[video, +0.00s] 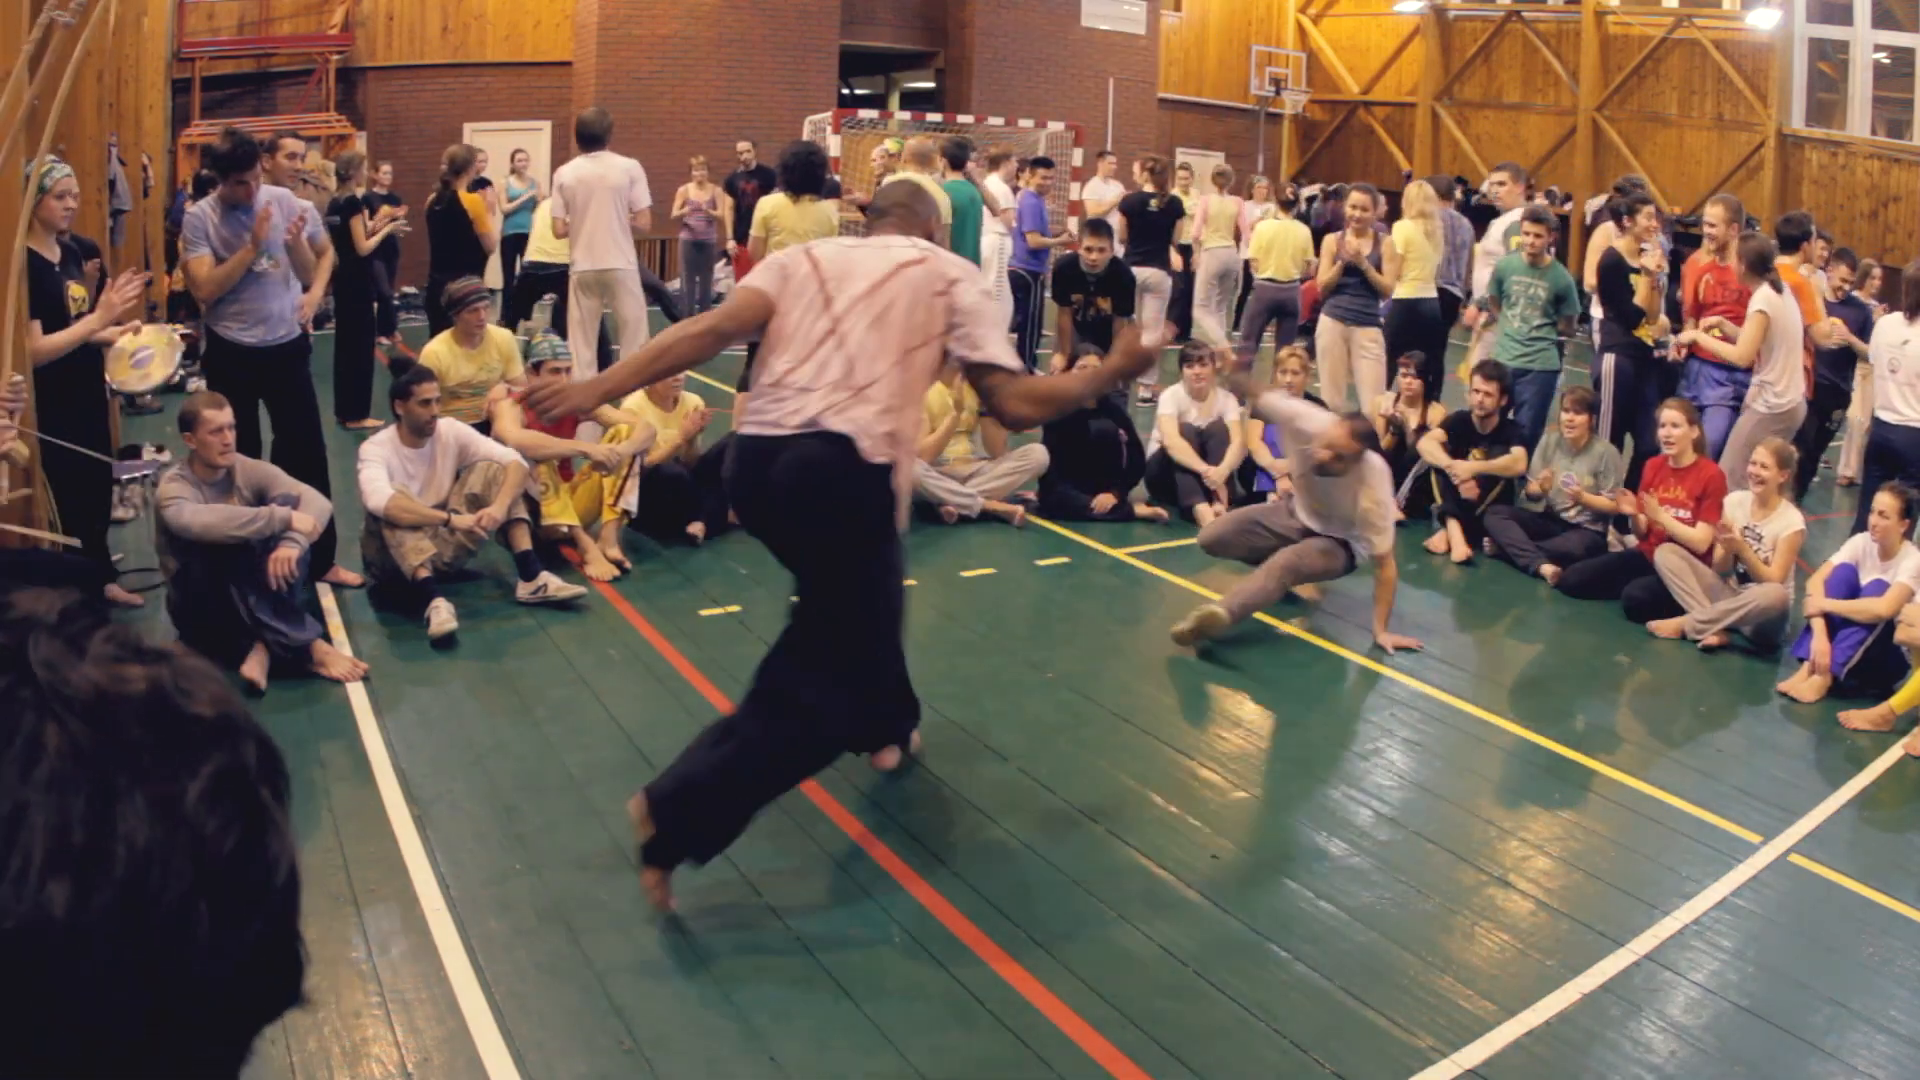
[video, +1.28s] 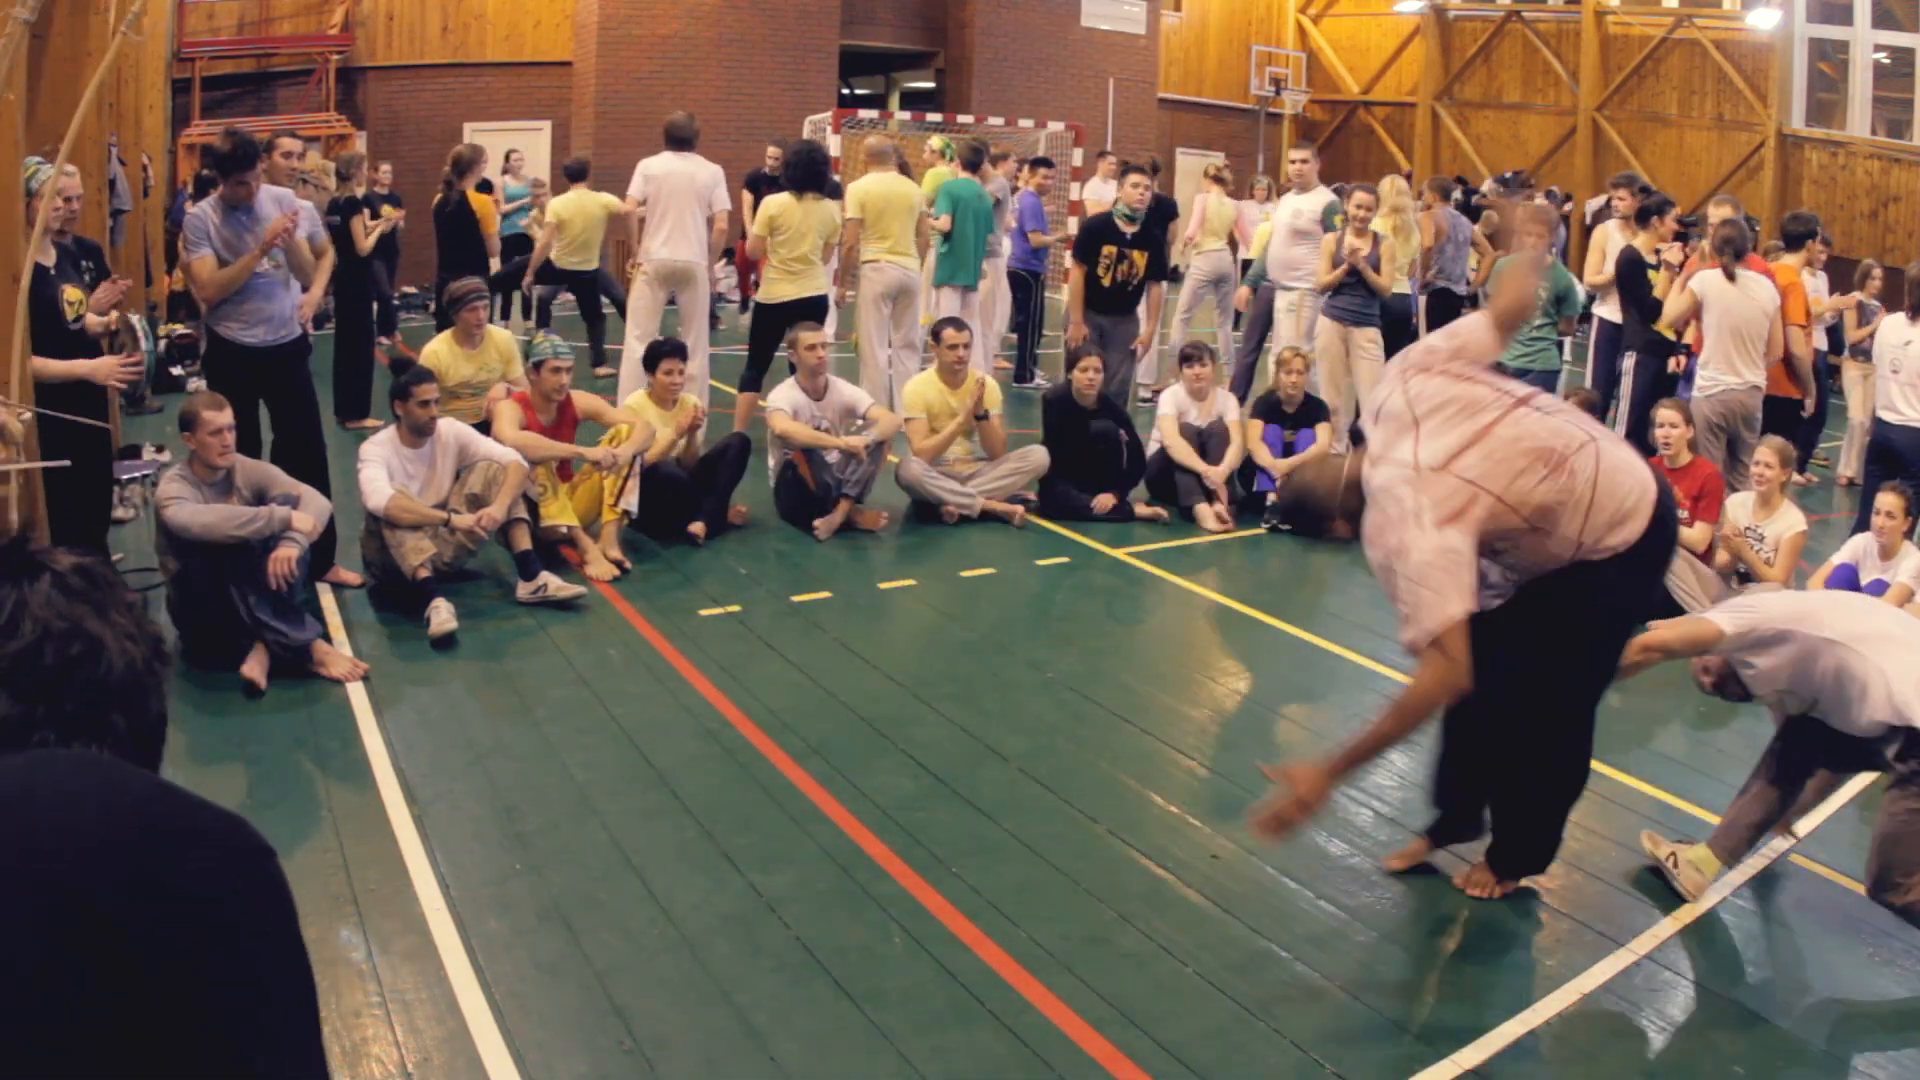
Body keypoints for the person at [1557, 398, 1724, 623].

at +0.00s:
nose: (1666, 433)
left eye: (1675, 426)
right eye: (1662, 426)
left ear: (1695, 431)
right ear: (1656, 431)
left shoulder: (1711, 475)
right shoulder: (1653, 466)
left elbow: (1701, 543)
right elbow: (1642, 532)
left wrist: (1660, 516)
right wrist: (1634, 514)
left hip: (1684, 566)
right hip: (1647, 555)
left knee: (1635, 601)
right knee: (1570, 582)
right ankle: (1637, 582)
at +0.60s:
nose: (1666, 433)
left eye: (1675, 426)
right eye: (1661, 426)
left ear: (1694, 431)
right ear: (1656, 430)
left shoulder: (1710, 475)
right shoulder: (1652, 466)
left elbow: (1699, 544)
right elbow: (1637, 530)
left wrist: (1654, 517)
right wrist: (1645, 517)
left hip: (1682, 565)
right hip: (1645, 555)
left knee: (1635, 600)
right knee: (1572, 580)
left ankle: (1692, 603)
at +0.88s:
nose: (1664, 433)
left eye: (1673, 426)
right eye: (1659, 426)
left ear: (1689, 431)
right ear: (1653, 431)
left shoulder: (1708, 474)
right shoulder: (1648, 467)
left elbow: (1698, 538)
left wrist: (1652, 517)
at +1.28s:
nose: (1665, 434)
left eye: (1674, 426)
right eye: (1660, 426)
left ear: (1690, 431)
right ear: (1653, 431)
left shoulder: (1709, 474)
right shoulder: (1647, 468)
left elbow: (1699, 541)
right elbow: (1631, 519)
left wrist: (1654, 521)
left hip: (1693, 564)